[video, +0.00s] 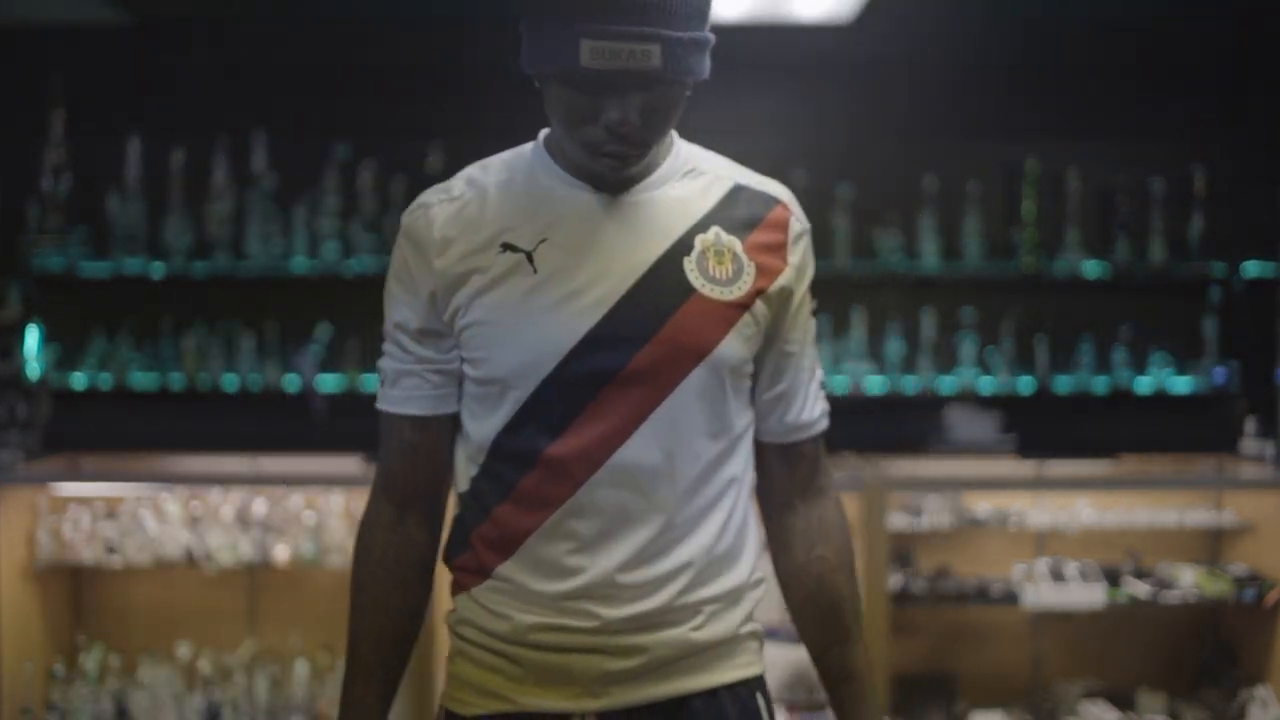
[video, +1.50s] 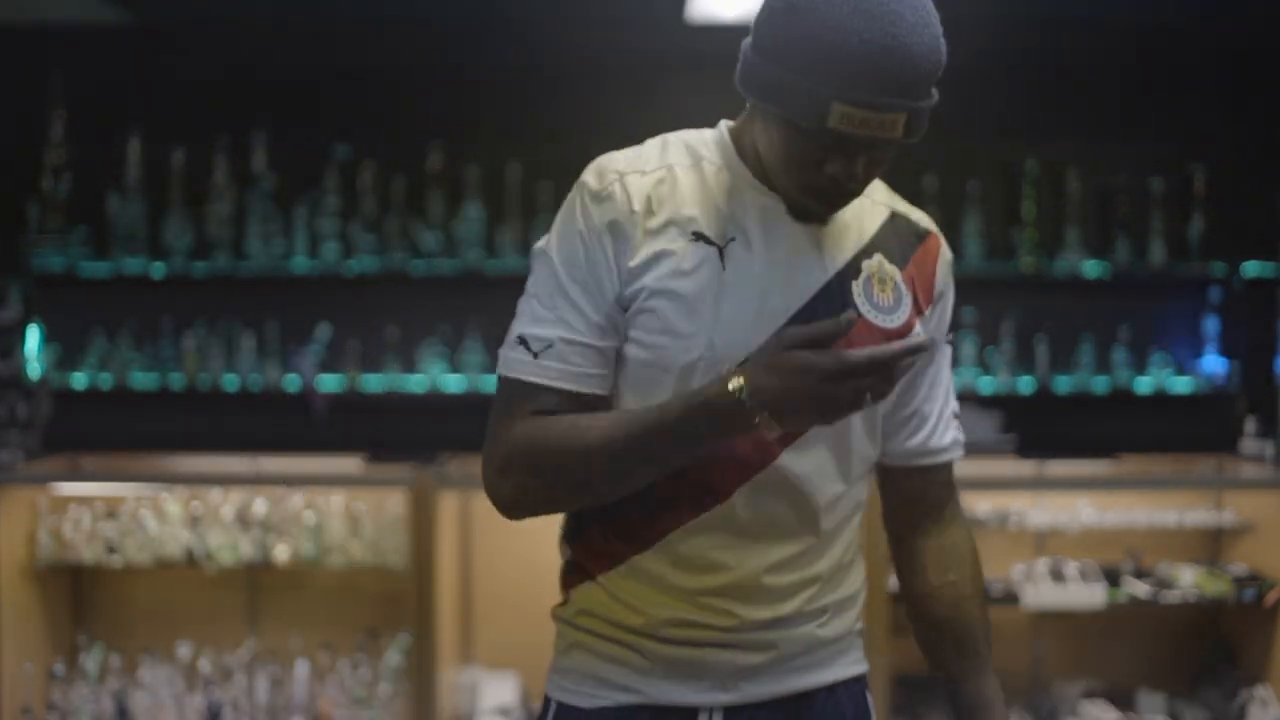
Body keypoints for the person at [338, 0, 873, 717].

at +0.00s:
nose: (622, 117)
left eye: (654, 85)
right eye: (591, 83)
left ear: (693, 77)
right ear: (540, 72)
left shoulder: (763, 223)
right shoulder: (445, 229)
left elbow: (802, 492)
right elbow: (403, 505)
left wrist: (863, 707)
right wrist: (362, 711)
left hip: (704, 685)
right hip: (501, 690)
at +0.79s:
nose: (615, 146)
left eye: (644, 115)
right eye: (583, 115)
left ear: (679, 89)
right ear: (537, 89)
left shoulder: (755, 227)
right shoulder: (442, 227)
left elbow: (849, 462)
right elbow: (350, 463)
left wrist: (973, 664)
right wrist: (271, 692)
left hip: (710, 680)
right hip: (509, 686)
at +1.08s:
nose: (718, 149)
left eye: (746, 117)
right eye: (690, 115)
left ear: (785, 88)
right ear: (629, 80)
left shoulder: (830, 233)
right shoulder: (522, 221)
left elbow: (914, 472)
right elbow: (411, 484)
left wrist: (1094, 632)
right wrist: (310, 706)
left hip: (775, 680)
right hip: (576, 682)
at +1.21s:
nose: (780, 151)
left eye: (811, 119)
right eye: (754, 117)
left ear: (837, 95)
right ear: (682, 76)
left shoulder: (863, 240)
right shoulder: (558, 217)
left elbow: (917, 479)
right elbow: (459, 474)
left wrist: (1097, 635)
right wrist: (415, 708)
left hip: (793, 685)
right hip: (594, 689)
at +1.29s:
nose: (814, 158)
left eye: (838, 129)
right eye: (790, 127)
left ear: (861, 105)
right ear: (709, 88)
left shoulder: (879, 242)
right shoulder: (581, 214)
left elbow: (922, 485)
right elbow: (473, 464)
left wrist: (1084, 658)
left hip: (802, 683)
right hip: (605, 683)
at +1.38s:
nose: (829, 166)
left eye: (855, 140)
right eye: (803, 136)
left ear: (882, 114)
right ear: (728, 90)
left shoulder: (895, 244)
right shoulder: (600, 208)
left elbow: (926, 496)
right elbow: (485, 462)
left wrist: (1059, 693)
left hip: (811, 687)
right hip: (614, 687)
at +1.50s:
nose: (852, 175)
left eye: (883, 148)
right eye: (830, 141)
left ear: (909, 128)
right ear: (756, 92)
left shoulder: (911, 252)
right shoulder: (622, 202)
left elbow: (929, 516)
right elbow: (516, 472)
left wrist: (982, 704)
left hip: (815, 684)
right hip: (621, 683)